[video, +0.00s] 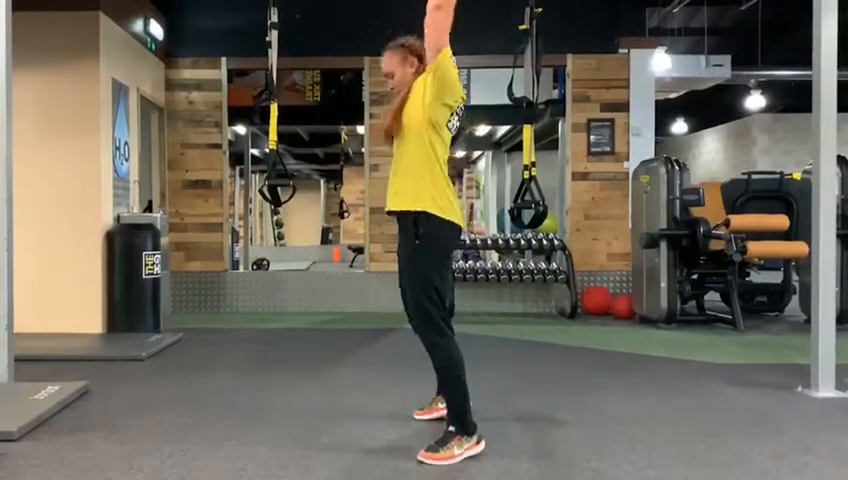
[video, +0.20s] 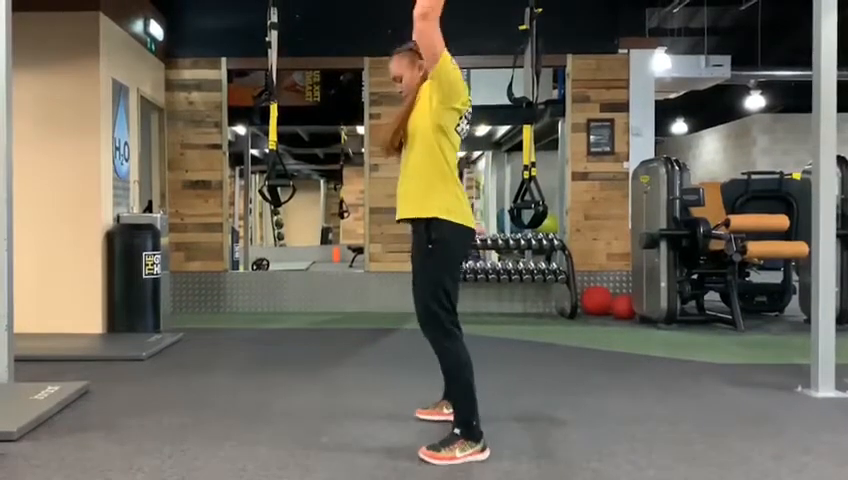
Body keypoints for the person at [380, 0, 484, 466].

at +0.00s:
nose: (389, 82)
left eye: (392, 73)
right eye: (386, 75)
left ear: (415, 63)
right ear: (408, 66)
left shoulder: (438, 88)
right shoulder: (414, 95)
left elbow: (439, 23)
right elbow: (435, 22)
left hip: (430, 217)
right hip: (414, 217)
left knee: (431, 319)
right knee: (425, 316)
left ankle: (465, 431)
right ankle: (449, 396)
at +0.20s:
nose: (397, 86)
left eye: (399, 77)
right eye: (394, 80)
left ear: (421, 63)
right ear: (414, 67)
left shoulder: (448, 92)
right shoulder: (425, 100)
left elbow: (425, 20)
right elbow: (426, 20)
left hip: (444, 223)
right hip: (429, 222)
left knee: (440, 322)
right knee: (434, 319)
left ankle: (471, 436)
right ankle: (455, 401)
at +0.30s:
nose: (406, 73)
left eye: (409, 62)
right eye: (403, 67)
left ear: (428, 54)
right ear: (428, 61)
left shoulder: (458, 80)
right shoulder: (440, 96)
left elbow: (398, 52)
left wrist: (393, 6)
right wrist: (419, 95)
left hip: (468, 219)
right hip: (454, 219)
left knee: (457, 319)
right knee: (452, 315)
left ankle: (474, 436)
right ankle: (460, 400)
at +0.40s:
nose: (407, 102)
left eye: (408, 93)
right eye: (404, 96)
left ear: (425, 79)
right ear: (423, 81)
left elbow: (415, 132)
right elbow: (424, 160)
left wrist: (366, 111)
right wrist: (373, 128)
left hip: (495, 218)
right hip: (475, 221)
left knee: (471, 320)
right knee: (462, 314)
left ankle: (492, 431)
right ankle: (470, 396)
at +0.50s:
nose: (401, 137)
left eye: (401, 127)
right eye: (396, 131)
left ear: (420, 112)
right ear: (417, 117)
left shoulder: (447, 136)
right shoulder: (441, 139)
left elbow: (442, 209)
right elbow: (437, 206)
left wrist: (395, 236)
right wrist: (403, 233)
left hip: (511, 237)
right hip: (492, 238)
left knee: (477, 327)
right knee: (459, 315)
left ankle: (532, 440)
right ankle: (490, 398)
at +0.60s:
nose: (386, 189)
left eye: (384, 180)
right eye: (381, 183)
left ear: (404, 164)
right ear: (402, 167)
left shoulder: (439, 187)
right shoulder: (428, 192)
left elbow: (452, 261)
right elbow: (432, 256)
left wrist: (412, 311)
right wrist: (417, 301)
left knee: (474, 338)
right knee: (450, 319)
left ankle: (534, 443)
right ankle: (489, 397)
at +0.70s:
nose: (378, 233)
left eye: (376, 226)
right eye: (373, 228)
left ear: (393, 207)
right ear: (392, 209)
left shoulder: (430, 226)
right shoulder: (416, 229)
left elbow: (441, 300)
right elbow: (430, 296)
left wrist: (412, 357)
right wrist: (407, 354)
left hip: (529, 275)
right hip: (502, 276)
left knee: (471, 343)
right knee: (448, 328)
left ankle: (533, 443)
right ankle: (488, 399)